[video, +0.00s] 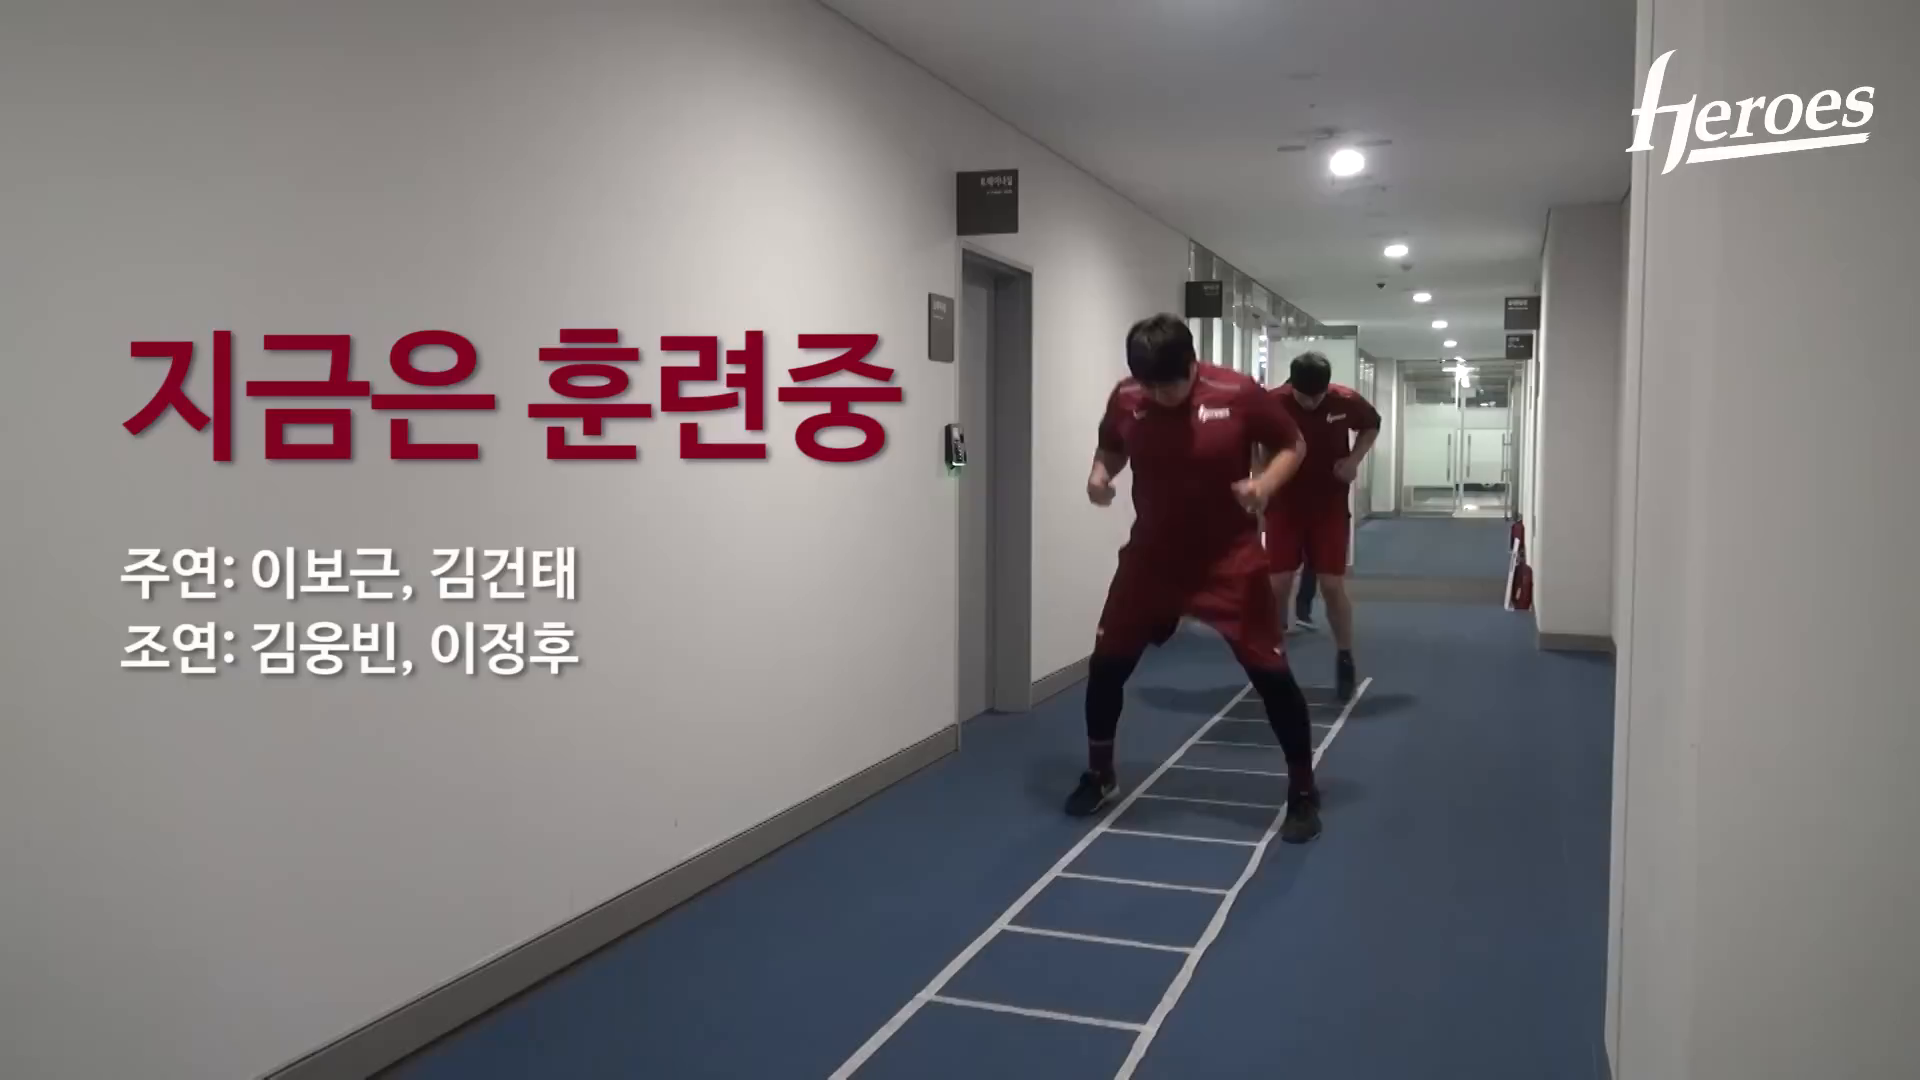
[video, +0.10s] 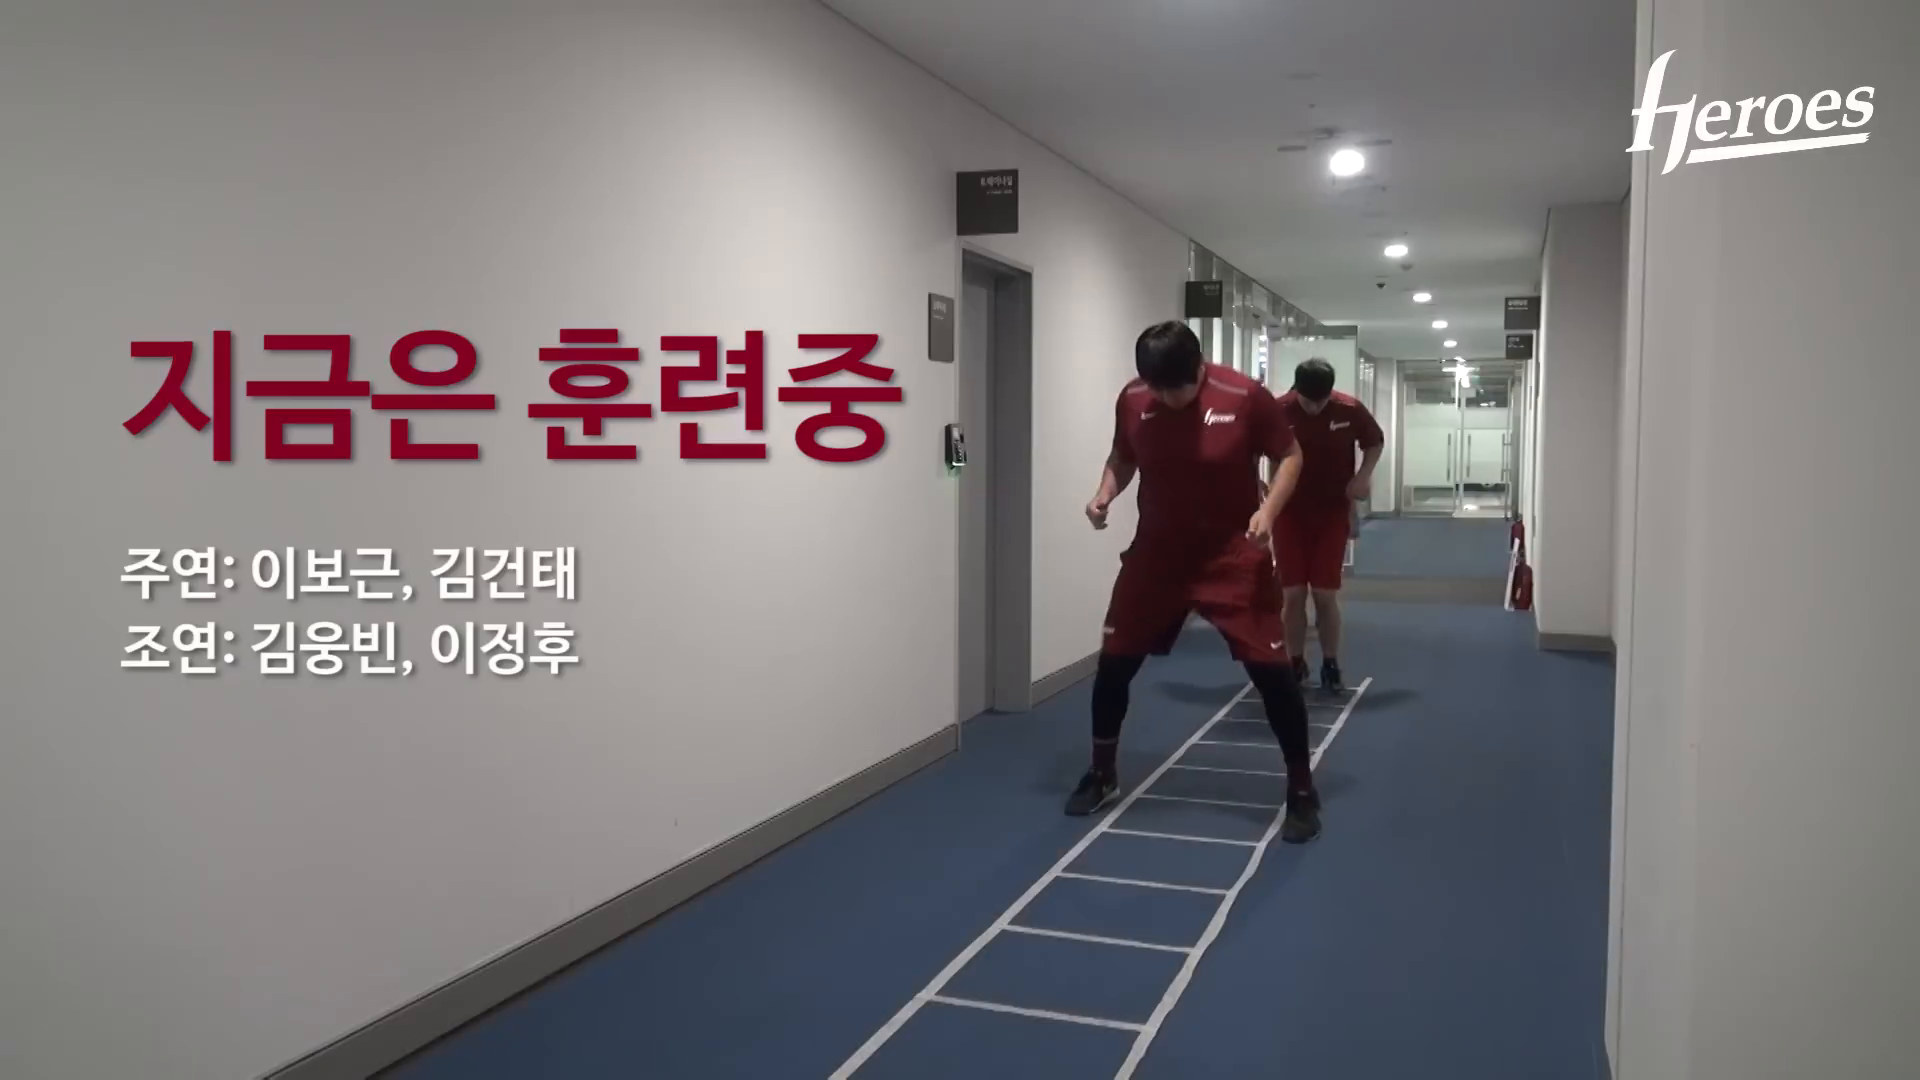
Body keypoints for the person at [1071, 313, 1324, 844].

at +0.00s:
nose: (1162, 397)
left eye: (1171, 387)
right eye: (1152, 388)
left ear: (1191, 367)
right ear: (1138, 376)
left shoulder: (1239, 395)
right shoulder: (1127, 401)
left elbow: (1293, 445)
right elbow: (1110, 448)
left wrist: (1264, 482)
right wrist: (1100, 476)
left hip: (1228, 557)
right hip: (1152, 555)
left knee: (1268, 670)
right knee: (1106, 665)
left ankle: (1302, 791)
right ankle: (1100, 774)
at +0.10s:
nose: (1170, 398)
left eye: (1178, 389)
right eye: (1160, 390)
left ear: (1198, 369)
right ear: (1147, 377)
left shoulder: (1245, 397)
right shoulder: (1134, 402)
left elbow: (1290, 454)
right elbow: (1122, 456)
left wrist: (1269, 509)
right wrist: (1105, 492)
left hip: (1232, 556)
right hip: (1156, 556)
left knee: (1272, 670)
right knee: (1113, 664)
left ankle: (1301, 789)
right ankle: (1102, 774)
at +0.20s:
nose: (1175, 378)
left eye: (1183, 368)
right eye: (1165, 370)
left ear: (1202, 347)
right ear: (1152, 356)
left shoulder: (1251, 372)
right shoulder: (1137, 379)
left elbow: (1287, 430)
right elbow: (1131, 431)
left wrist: (1261, 483)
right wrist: (1121, 470)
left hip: (1234, 535)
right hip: (1162, 535)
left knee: (1252, 651)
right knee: (1145, 646)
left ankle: (1273, 776)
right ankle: (1127, 763)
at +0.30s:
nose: (1179, 376)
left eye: (1188, 365)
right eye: (1169, 367)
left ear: (1208, 348)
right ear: (1158, 354)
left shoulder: (1253, 376)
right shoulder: (1141, 384)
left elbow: (1286, 437)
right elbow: (1131, 432)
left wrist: (1258, 488)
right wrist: (1127, 472)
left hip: (1235, 536)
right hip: (1167, 535)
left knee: (1235, 650)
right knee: (1163, 649)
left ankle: (1235, 766)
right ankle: (1186, 763)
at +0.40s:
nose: (1184, 382)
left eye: (1193, 372)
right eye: (1175, 373)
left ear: (1214, 355)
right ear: (1163, 361)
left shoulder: (1257, 386)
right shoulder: (1147, 390)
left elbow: (1284, 448)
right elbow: (1137, 444)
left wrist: (1261, 492)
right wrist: (1131, 481)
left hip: (1238, 545)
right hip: (1172, 544)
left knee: (1244, 660)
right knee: (1170, 657)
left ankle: (1235, 774)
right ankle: (1190, 773)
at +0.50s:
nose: (1187, 375)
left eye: (1195, 365)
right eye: (1178, 367)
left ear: (1214, 346)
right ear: (1164, 352)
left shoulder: (1259, 370)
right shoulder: (1148, 379)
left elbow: (1290, 421)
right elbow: (1140, 425)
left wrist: (1262, 463)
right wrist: (1141, 460)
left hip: (1248, 525)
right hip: (1179, 524)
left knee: (1256, 639)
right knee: (1168, 635)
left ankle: (1260, 764)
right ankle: (1170, 761)